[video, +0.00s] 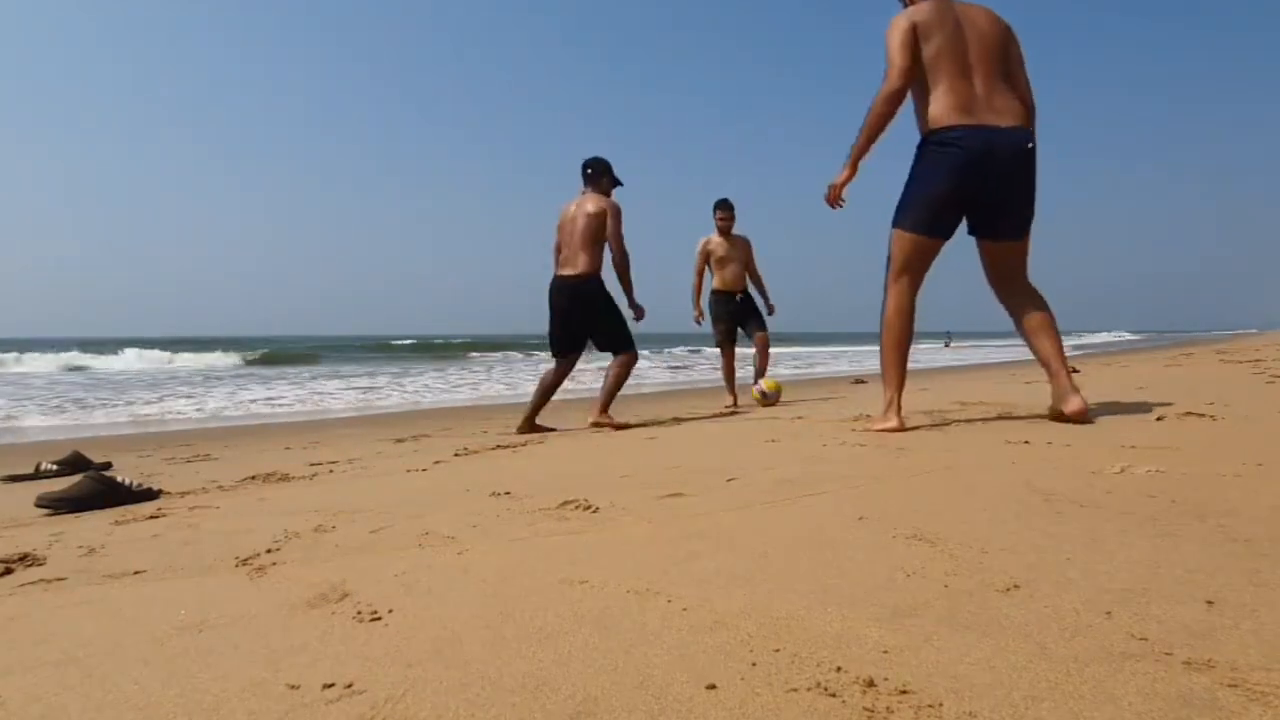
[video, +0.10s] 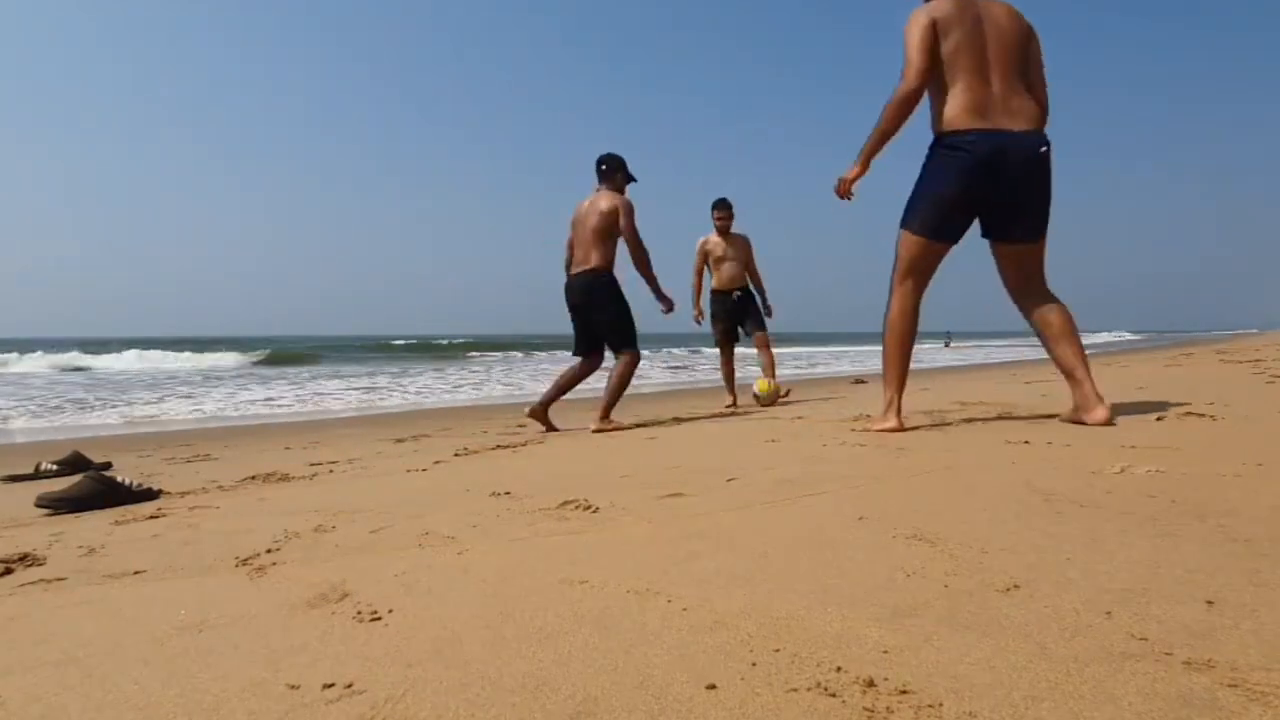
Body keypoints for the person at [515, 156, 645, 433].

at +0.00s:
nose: (613, 186)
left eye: (613, 181)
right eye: (611, 181)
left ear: (587, 179)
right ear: (600, 179)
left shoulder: (568, 208)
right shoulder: (608, 206)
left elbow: (559, 250)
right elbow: (618, 254)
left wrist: (561, 282)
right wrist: (631, 299)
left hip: (560, 286)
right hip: (588, 286)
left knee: (566, 359)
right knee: (627, 354)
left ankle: (528, 420)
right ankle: (600, 413)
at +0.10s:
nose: (627, 184)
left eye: (627, 179)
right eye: (624, 178)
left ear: (602, 175)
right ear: (611, 174)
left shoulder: (582, 207)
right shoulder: (619, 202)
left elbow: (570, 252)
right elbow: (636, 250)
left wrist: (574, 282)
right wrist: (658, 292)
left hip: (575, 284)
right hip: (600, 282)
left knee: (591, 359)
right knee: (629, 354)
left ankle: (542, 406)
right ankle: (603, 418)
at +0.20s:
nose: (638, 186)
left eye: (638, 181)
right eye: (636, 181)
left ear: (613, 178)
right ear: (623, 177)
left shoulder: (592, 212)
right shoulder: (633, 207)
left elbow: (575, 260)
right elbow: (657, 250)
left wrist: (581, 299)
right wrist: (683, 283)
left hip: (585, 283)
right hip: (612, 282)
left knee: (614, 348)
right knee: (631, 354)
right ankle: (603, 417)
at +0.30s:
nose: (643, 186)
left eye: (643, 181)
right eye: (641, 181)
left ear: (618, 179)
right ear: (629, 177)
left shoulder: (598, 211)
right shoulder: (642, 205)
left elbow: (580, 257)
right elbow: (666, 245)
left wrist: (589, 295)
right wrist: (689, 275)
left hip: (601, 282)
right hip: (628, 277)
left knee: (630, 341)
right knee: (628, 344)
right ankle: (606, 407)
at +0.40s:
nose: (648, 189)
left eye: (647, 184)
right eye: (645, 184)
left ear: (623, 183)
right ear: (635, 182)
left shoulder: (602, 216)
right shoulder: (646, 210)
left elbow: (589, 261)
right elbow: (669, 248)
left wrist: (600, 296)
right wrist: (692, 278)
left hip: (613, 283)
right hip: (640, 277)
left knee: (649, 345)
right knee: (655, 342)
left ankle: (659, 404)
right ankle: (632, 386)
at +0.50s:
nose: (653, 194)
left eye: (652, 189)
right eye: (650, 189)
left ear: (629, 188)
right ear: (640, 188)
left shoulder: (609, 219)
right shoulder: (650, 215)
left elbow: (592, 259)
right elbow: (670, 255)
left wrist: (608, 290)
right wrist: (694, 283)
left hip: (619, 290)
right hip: (645, 285)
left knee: (651, 349)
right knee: (685, 343)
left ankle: (660, 408)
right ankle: (667, 378)